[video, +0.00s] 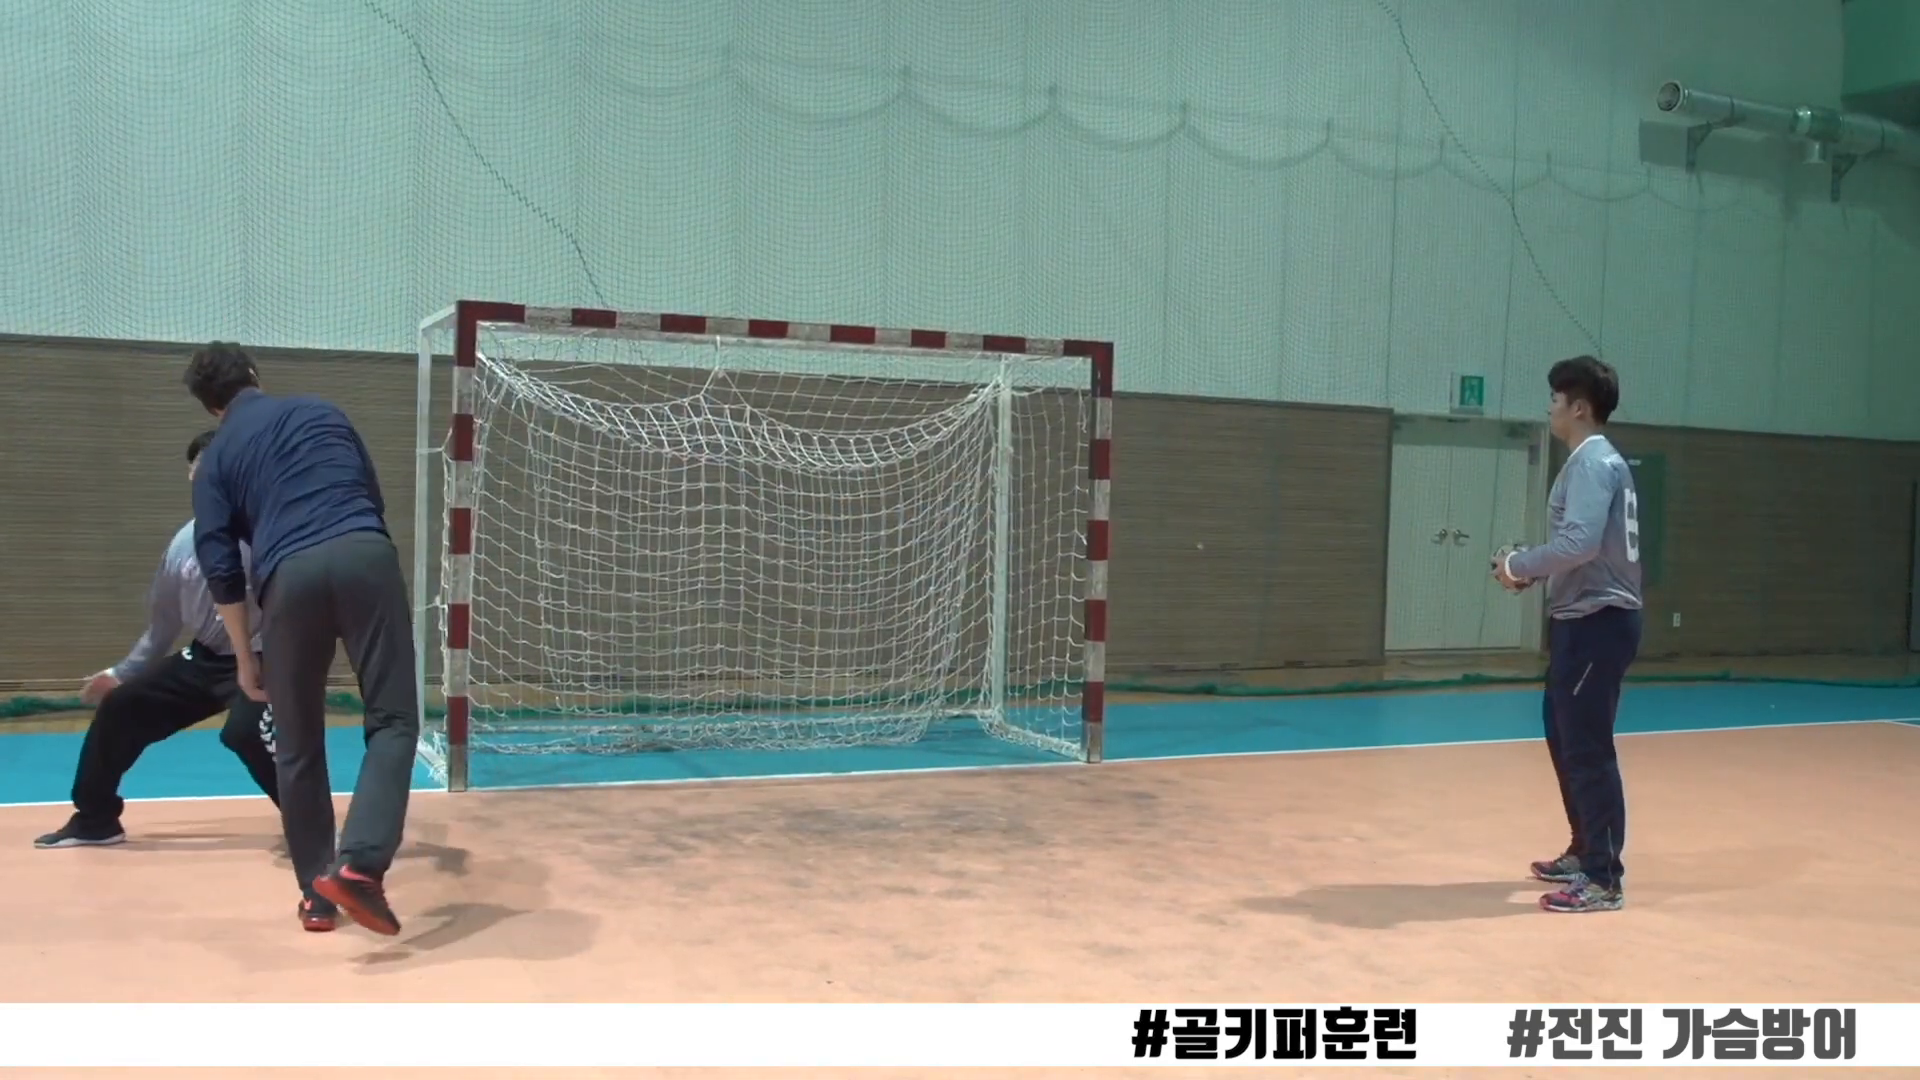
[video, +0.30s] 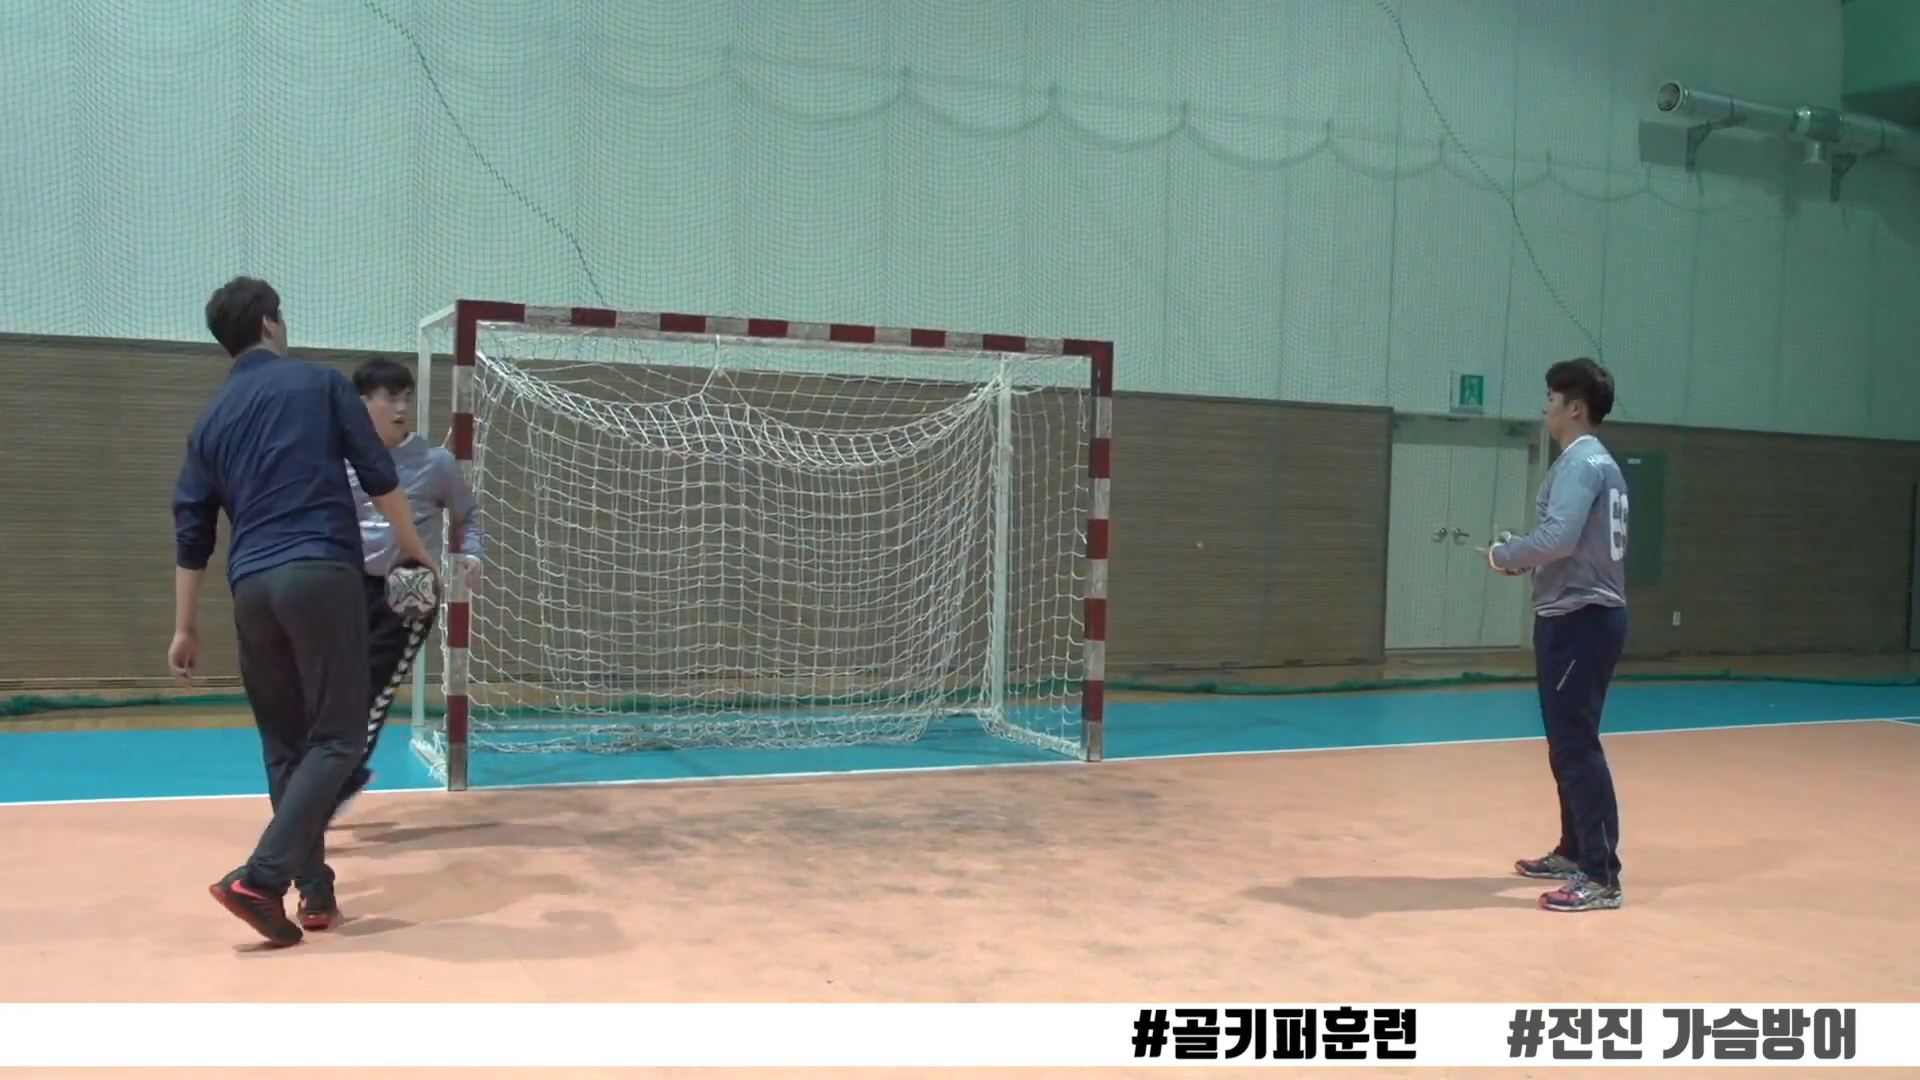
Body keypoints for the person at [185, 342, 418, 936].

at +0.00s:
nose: (208, 414)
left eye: (204, 406)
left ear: (211, 402)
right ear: (255, 379)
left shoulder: (216, 454)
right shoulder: (324, 411)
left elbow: (220, 565)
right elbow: (370, 498)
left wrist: (244, 656)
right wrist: (367, 564)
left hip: (291, 572)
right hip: (367, 554)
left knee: (300, 743)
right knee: (393, 720)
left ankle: (319, 896)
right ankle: (363, 866)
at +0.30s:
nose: (285, 326)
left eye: (278, 316)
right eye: (281, 317)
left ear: (225, 338)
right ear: (270, 325)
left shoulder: (211, 421)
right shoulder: (322, 383)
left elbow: (193, 531)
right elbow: (377, 472)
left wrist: (184, 627)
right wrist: (413, 544)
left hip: (250, 588)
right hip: (321, 575)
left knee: (285, 744)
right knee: (338, 740)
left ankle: (315, 896)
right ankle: (259, 880)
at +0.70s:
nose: (287, 327)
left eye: (285, 314)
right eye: (283, 314)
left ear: (227, 317)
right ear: (259, 316)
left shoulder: (174, 391)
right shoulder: (268, 393)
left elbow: (154, 508)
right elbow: (291, 516)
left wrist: (191, 574)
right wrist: (337, 607)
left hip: (170, 598)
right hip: (232, 598)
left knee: (237, 751)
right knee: (253, 755)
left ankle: (263, 892)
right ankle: (224, 916)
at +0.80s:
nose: (268, 324)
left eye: (268, 310)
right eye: (264, 310)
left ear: (207, 311)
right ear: (236, 311)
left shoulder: (153, 389)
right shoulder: (245, 389)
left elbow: (140, 501)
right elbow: (255, 510)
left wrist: (152, 588)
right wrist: (284, 609)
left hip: (149, 599)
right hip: (209, 600)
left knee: (208, 746)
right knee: (240, 754)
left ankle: (180, 896)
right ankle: (223, 917)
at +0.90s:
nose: (248, 312)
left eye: (246, 299)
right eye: (242, 299)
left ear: (191, 309)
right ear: (210, 307)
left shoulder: (134, 387)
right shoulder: (216, 386)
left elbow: (130, 503)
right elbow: (214, 504)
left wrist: (152, 591)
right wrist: (236, 604)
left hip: (132, 609)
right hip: (188, 609)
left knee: (170, 751)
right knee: (229, 759)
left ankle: (96, 893)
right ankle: (223, 916)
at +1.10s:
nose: (203, 323)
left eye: (200, 309)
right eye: (195, 309)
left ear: (146, 318)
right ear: (158, 316)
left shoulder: (108, 388)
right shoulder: (148, 390)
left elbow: (94, 513)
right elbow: (128, 506)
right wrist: (154, 611)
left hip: (73, 622)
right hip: (127, 623)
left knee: (70, 773)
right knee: (194, 765)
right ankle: (219, 914)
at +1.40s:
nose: (159, 311)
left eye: (158, 297)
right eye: (152, 298)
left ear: (101, 303)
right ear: (112, 302)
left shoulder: (60, 370)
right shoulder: (89, 376)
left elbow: (33, 499)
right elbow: (55, 498)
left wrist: (52, 607)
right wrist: (88, 609)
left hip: (18, 618)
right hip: (52, 617)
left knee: (22, 778)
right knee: (137, 766)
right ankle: (119, 946)